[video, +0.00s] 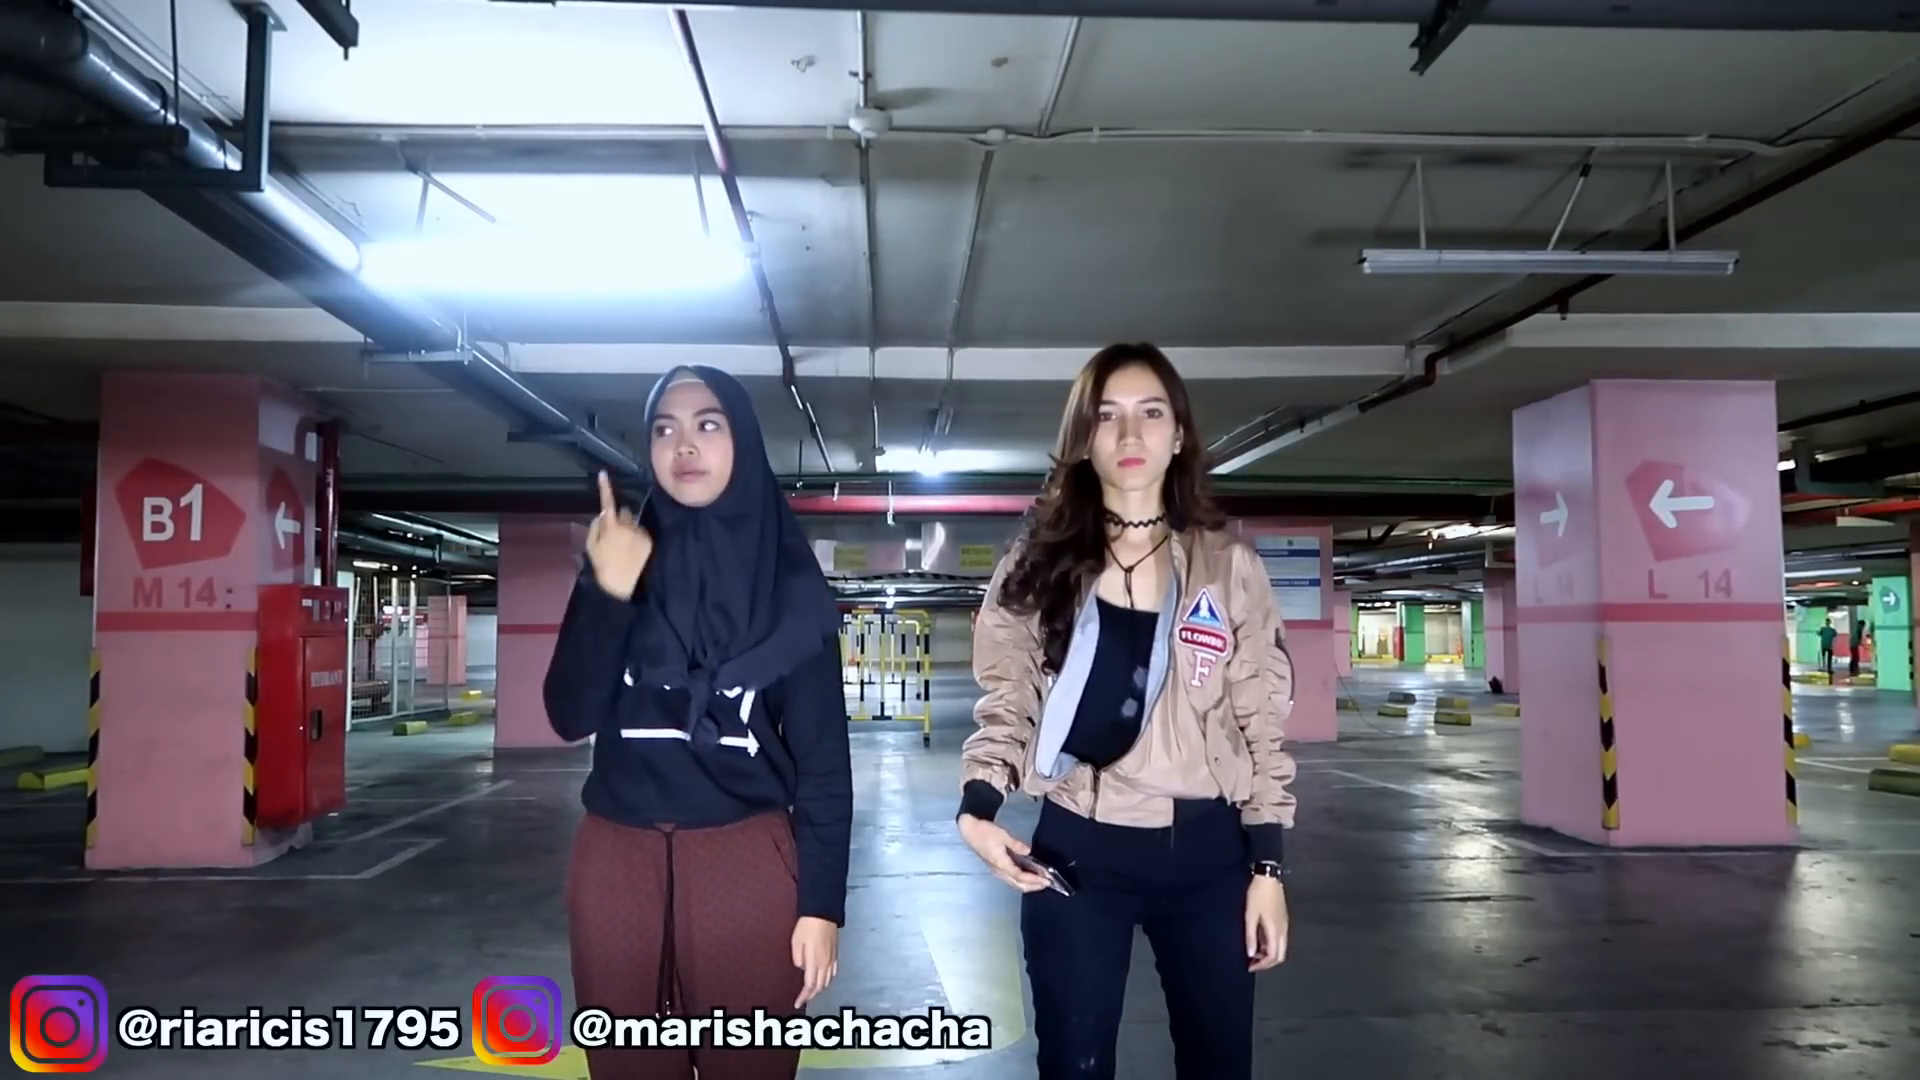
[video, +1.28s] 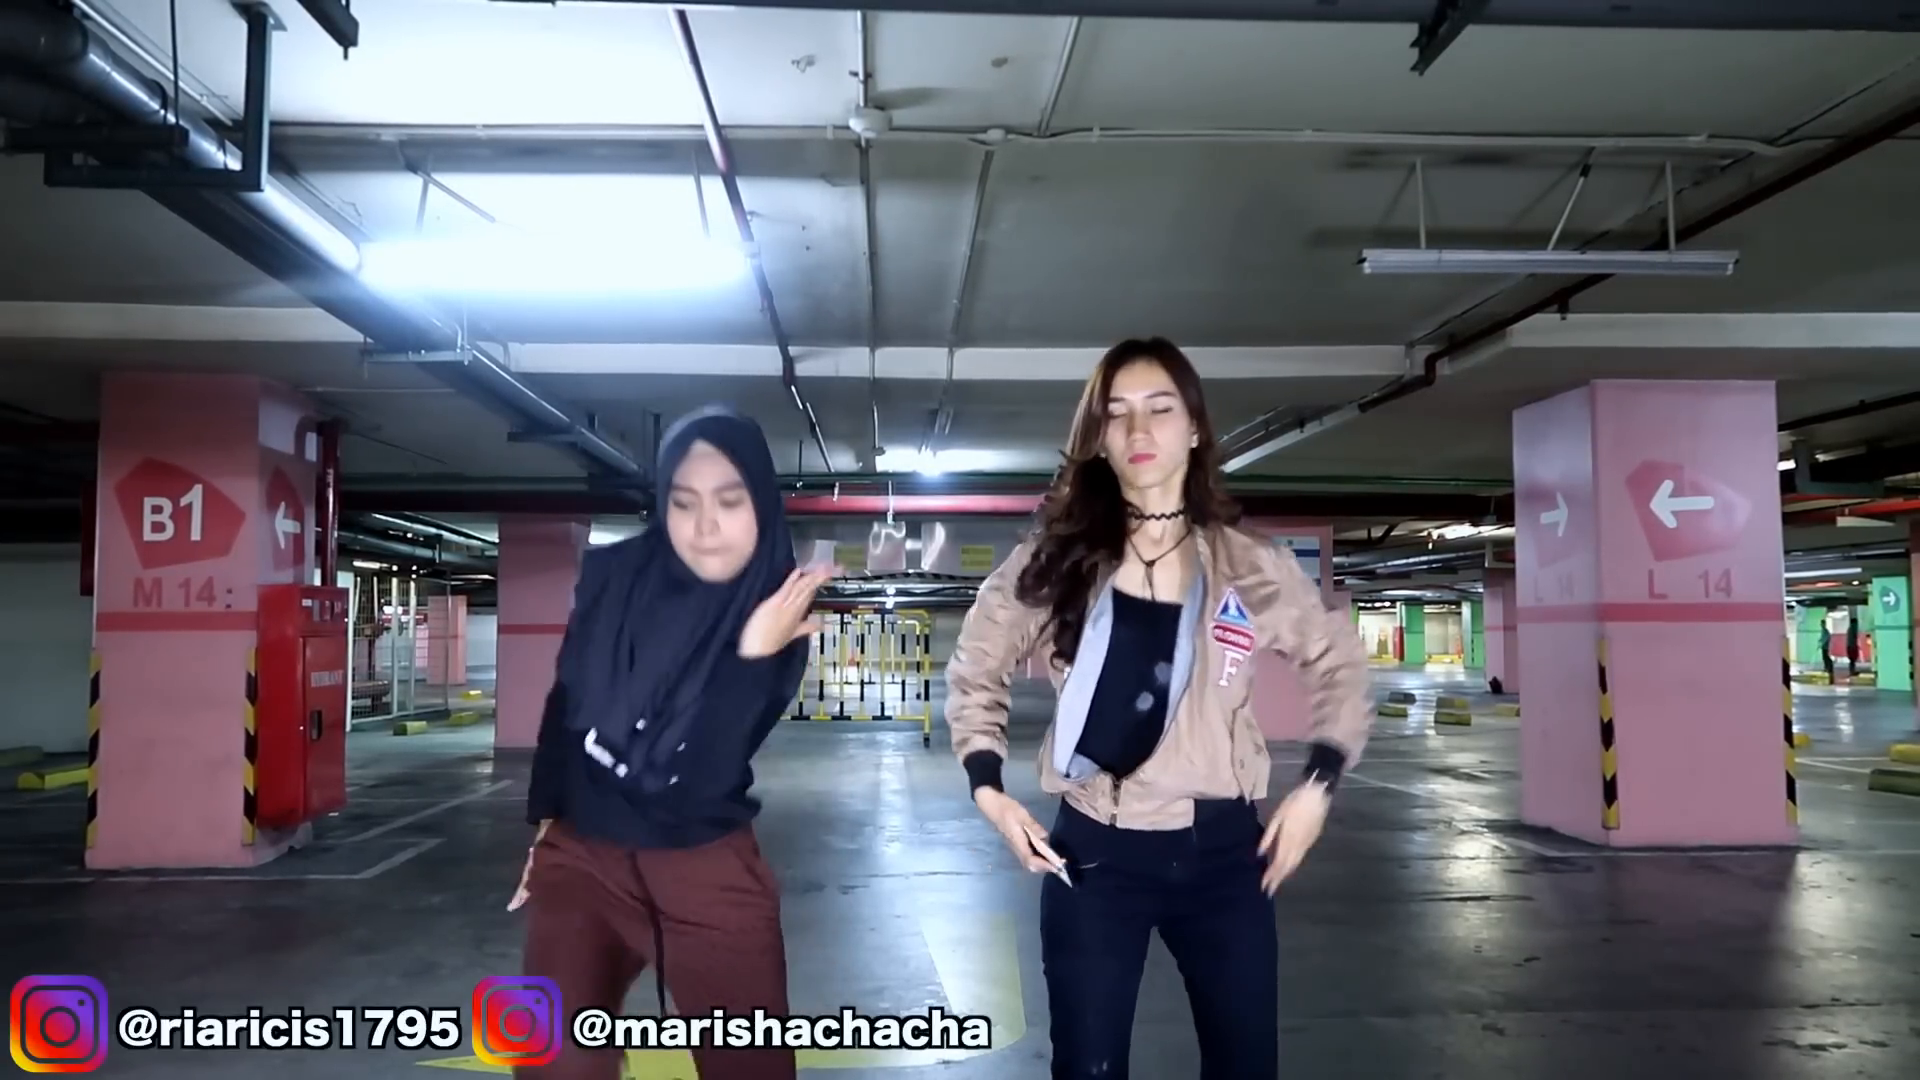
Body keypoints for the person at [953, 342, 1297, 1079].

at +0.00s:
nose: (1130, 432)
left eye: (1151, 412)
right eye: (1109, 415)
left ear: (1179, 431)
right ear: (1084, 438)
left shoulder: (1229, 563)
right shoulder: (1035, 561)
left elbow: (1260, 718)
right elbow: (1005, 699)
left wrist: (1267, 863)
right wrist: (975, 809)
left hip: (1204, 853)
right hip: (1075, 854)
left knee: (1220, 1067)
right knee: (1075, 1070)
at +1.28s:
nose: (1138, 429)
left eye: (1159, 408)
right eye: (1118, 413)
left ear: (1195, 428)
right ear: (1097, 438)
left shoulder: (1248, 562)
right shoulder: (1057, 555)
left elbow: (1343, 664)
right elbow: (976, 671)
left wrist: (1320, 784)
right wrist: (988, 788)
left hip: (1223, 854)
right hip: (1092, 856)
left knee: (1244, 1066)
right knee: (1086, 1067)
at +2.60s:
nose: (1122, 462)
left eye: (1139, 445)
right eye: (1098, 448)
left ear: (1164, 467)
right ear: (1066, 477)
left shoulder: (1222, 563)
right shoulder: (1046, 621)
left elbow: (1320, 565)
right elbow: (927, 757)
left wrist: (1385, 665)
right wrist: (975, 708)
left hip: (1273, 866)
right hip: (1152, 893)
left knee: (1389, 1058)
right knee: (1123, 1069)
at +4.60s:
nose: (1232, 445)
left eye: (1252, 425)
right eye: (1212, 430)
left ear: (1287, 446)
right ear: (1190, 457)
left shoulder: (1358, 559)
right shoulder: (1147, 568)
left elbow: (1471, 590)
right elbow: (1067, 638)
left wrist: (1472, 634)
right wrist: (1047, 729)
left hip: (1291, 858)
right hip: (1169, 854)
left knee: (1357, 1065)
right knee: (1116, 1061)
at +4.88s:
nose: (1223, 490)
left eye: (1244, 470)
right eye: (1204, 473)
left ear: (1277, 490)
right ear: (1184, 493)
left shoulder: (1313, 628)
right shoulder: (1121, 595)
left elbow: (1359, 751)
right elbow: (1013, 686)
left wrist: (1449, 713)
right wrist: (1047, 641)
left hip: (1298, 885)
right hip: (1171, 890)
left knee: (1358, 1066)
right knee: (1070, 1063)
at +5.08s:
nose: (1182, 496)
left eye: (1203, 475)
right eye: (1162, 479)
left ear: (1234, 491)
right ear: (1141, 500)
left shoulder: (1293, 619)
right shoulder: (1100, 618)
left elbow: (1352, 722)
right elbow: (1032, 752)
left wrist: (1400, 657)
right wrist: (1019, 678)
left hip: (1232, 904)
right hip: (1106, 900)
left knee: (1333, 1068)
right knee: (1023, 1067)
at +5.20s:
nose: (1171, 506)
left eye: (1191, 487)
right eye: (1151, 490)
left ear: (1223, 507)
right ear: (1129, 512)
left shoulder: (1264, 642)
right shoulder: (1077, 623)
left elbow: (1310, 766)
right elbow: (987, 721)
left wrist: (1381, 697)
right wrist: (994, 663)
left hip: (1240, 911)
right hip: (1114, 914)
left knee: (1349, 1069)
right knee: (1030, 1070)